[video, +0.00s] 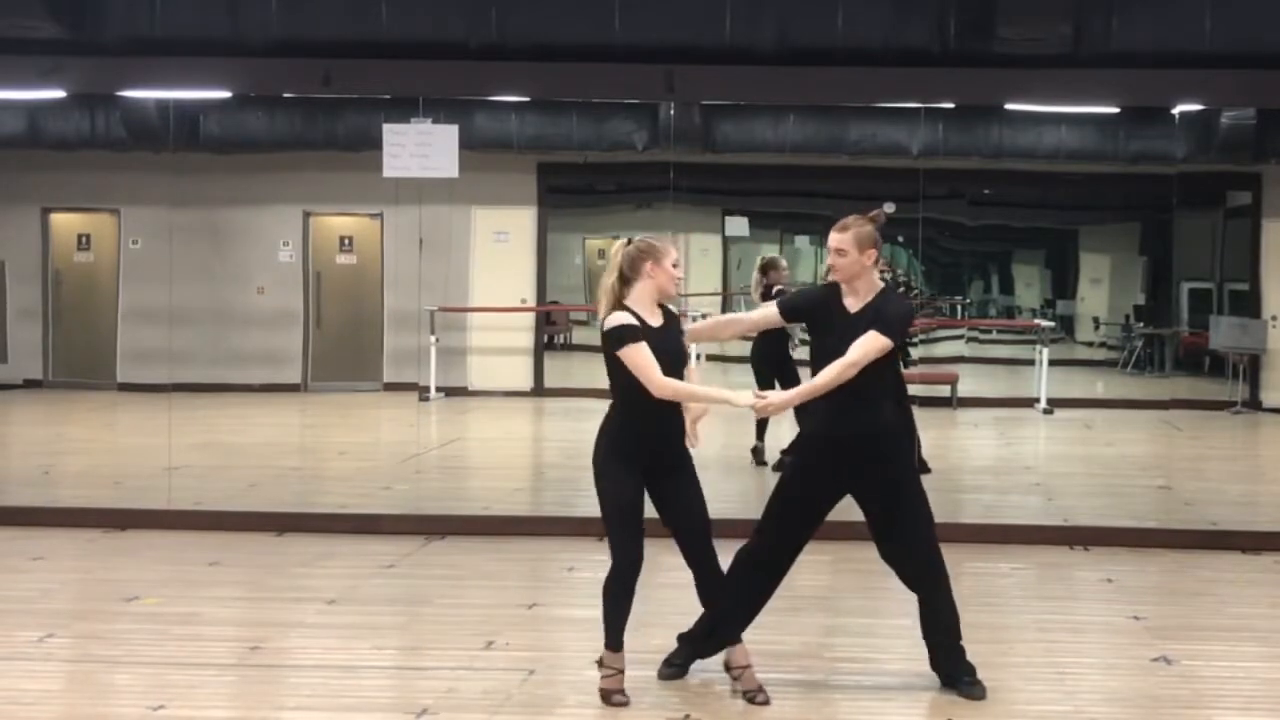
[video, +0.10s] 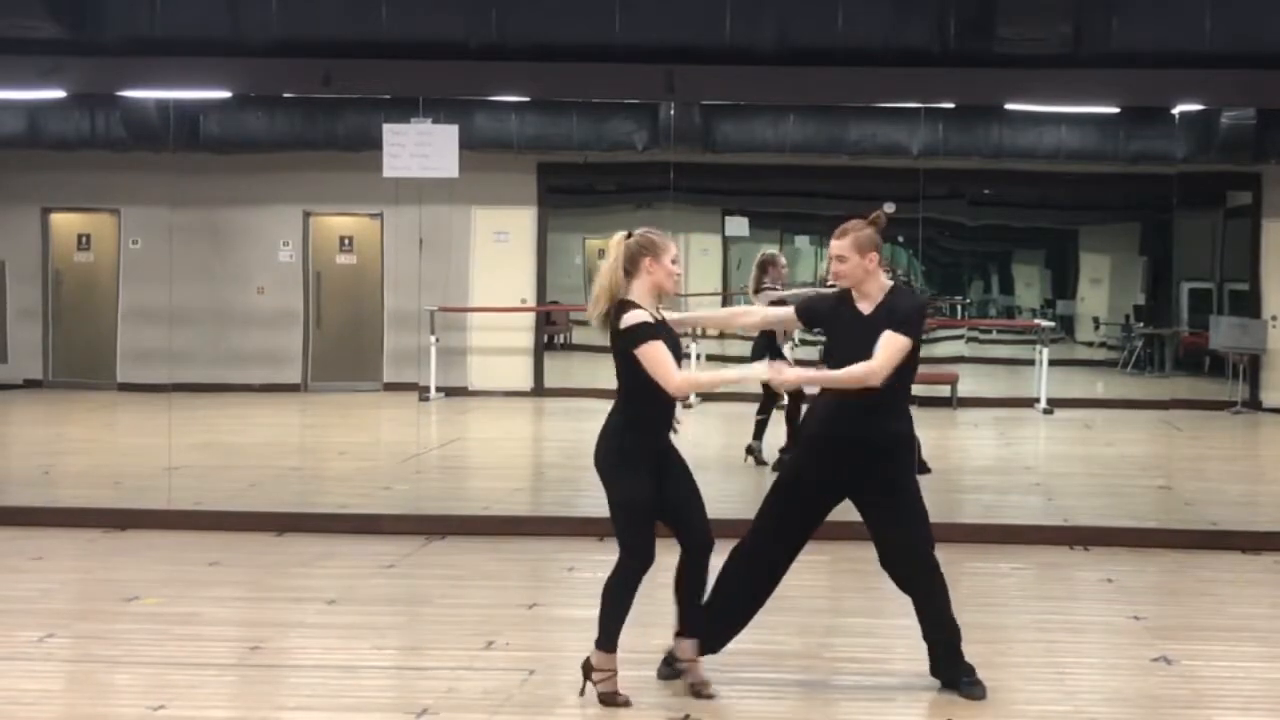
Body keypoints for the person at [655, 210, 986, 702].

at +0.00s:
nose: (830, 260)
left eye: (839, 254)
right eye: (829, 252)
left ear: (870, 257)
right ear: (836, 255)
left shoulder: (895, 308)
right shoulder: (820, 298)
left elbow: (851, 362)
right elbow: (746, 322)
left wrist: (790, 397)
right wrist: (679, 333)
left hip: (884, 458)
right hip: (820, 453)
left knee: (926, 566)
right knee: (766, 551)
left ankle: (953, 665)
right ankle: (697, 644)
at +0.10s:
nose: (831, 267)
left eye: (839, 259)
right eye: (830, 258)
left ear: (871, 261)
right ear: (852, 261)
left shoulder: (907, 306)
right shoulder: (832, 305)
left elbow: (876, 372)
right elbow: (753, 316)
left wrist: (802, 375)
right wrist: (680, 320)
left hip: (883, 460)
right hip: (819, 454)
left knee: (917, 566)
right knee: (762, 548)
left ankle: (952, 666)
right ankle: (693, 645)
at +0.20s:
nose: (829, 271)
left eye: (836, 263)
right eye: (829, 263)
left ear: (869, 262)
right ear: (856, 263)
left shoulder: (911, 308)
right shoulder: (831, 302)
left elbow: (911, 385)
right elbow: (759, 301)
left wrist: (841, 361)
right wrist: (708, 295)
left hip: (882, 464)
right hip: (817, 456)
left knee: (913, 569)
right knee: (755, 539)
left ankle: (950, 668)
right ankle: (715, 642)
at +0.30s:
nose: (820, 263)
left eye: (826, 255)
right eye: (820, 255)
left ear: (855, 256)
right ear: (849, 257)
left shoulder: (894, 310)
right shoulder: (827, 294)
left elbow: (922, 382)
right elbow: (771, 272)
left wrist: (849, 379)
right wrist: (727, 253)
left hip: (875, 461)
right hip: (821, 452)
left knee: (915, 567)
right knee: (749, 539)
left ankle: (962, 666)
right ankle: (774, 645)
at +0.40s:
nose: (799, 256)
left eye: (805, 248)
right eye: (800, 248)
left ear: (834, 250)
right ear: (830, 250)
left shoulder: (865, 306)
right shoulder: (817, 287)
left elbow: (898, 381)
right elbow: (779, 249)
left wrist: (838, 408)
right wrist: (749, 209)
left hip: (860, 454)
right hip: (812, 450)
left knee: (926, 554)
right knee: (754, 551)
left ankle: (1008, 653)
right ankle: (785, 649)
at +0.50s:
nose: (785, 257)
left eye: (791, 249)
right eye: (785, 248)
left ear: (819, 252)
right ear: (818, 251)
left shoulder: (845, 313)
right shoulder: (815, 293)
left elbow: (858, 392)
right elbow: (784, 228)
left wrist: (807, 411)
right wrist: (761, 178)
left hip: (856, 455)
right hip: (814, 453)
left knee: (931, 553)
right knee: (759, 559)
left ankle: (1022, 649)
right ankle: (785, 658)